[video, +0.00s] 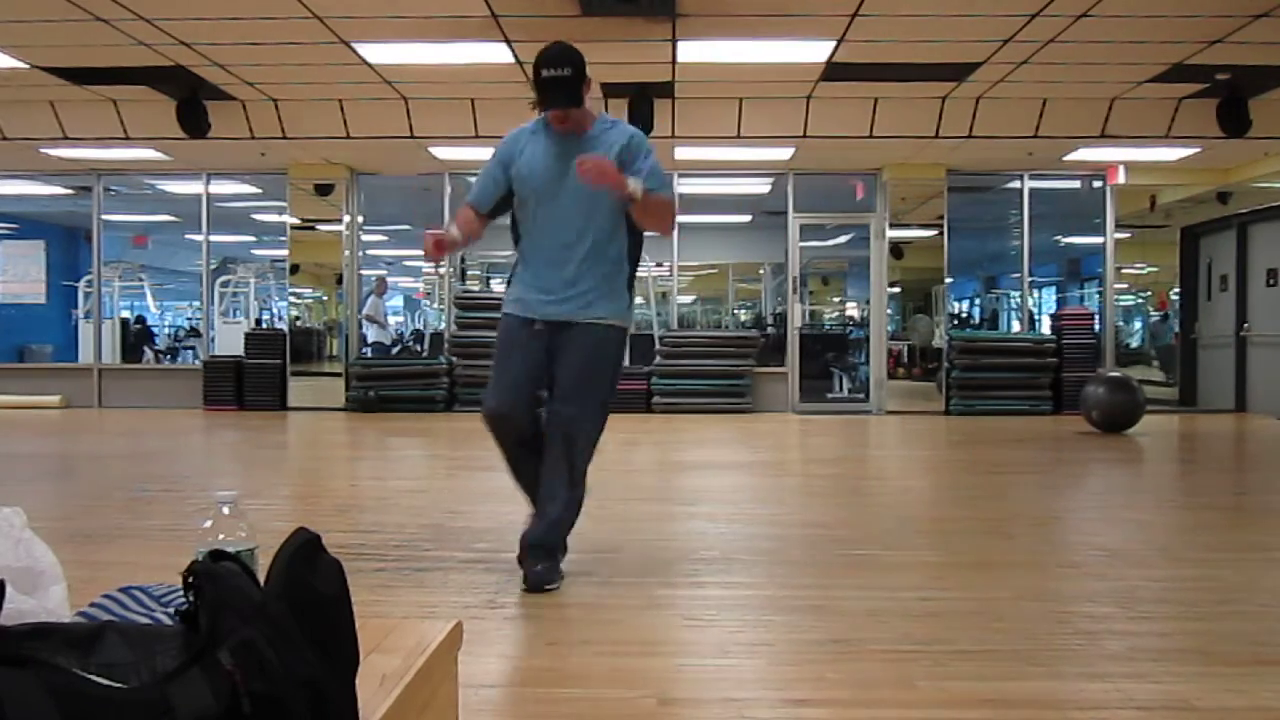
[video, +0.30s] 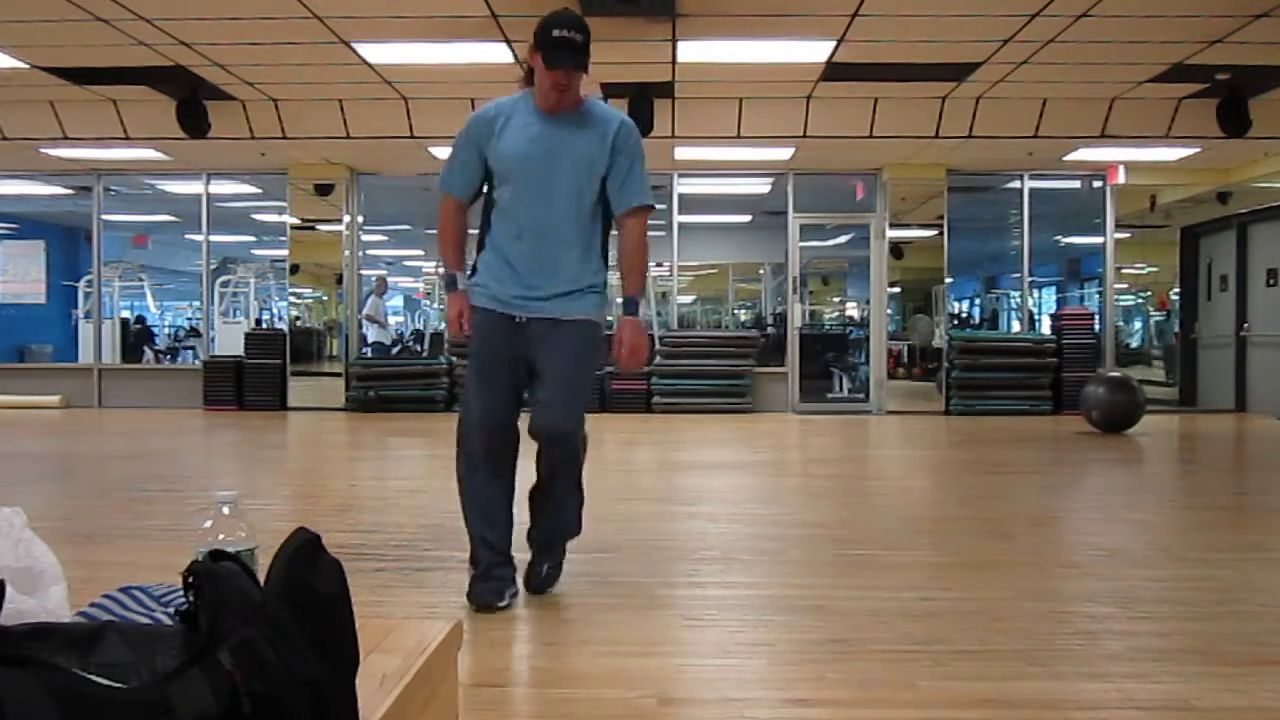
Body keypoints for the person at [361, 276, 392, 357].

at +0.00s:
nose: (386, 288)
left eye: (386, 285)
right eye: (384, 285)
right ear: (377, 286)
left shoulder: (381, 300)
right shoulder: (373, 299)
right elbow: (366, 314)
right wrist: (380, 323)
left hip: (384, 337)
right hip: (377, 338)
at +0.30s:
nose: (385, 288)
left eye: (384, 285)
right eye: (381, 285)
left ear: (385, 287)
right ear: (377, 286)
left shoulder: (381, 301)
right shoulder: (373, 299)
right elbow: (366, 314)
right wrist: (380, 323)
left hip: (384, 337)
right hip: (377, 337)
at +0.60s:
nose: (386, 288)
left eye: (386, 285)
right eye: (384, 285)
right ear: (378, 286)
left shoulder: (381, 301)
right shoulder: (373, 299)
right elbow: (366, 314)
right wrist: (380, 323)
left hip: (385, 338)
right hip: (377, 338)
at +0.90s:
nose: (386, 288)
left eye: (386, 286)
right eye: (384, 286)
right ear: (378, 286)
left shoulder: (381, 301)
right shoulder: (373, 299)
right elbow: (366, 314)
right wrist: (380, 324)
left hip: (385, 337)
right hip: (377, 338)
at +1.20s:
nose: (386, 288)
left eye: (386, 286)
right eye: (383, 286)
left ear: (386, 287)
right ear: (378, 286)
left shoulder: (381, 301)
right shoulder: (373, 299)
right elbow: (366, 314)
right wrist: (379, 324)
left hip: (385, 337)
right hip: (376, 337)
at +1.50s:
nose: (386, 287)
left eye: (386, 285)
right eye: (384, 285)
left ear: (385, 286)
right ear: (377, 286)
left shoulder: (381, 301)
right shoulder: (373, 299)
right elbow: (365, 314)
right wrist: (379, 324)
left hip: (384, 337)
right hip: (376, 338)